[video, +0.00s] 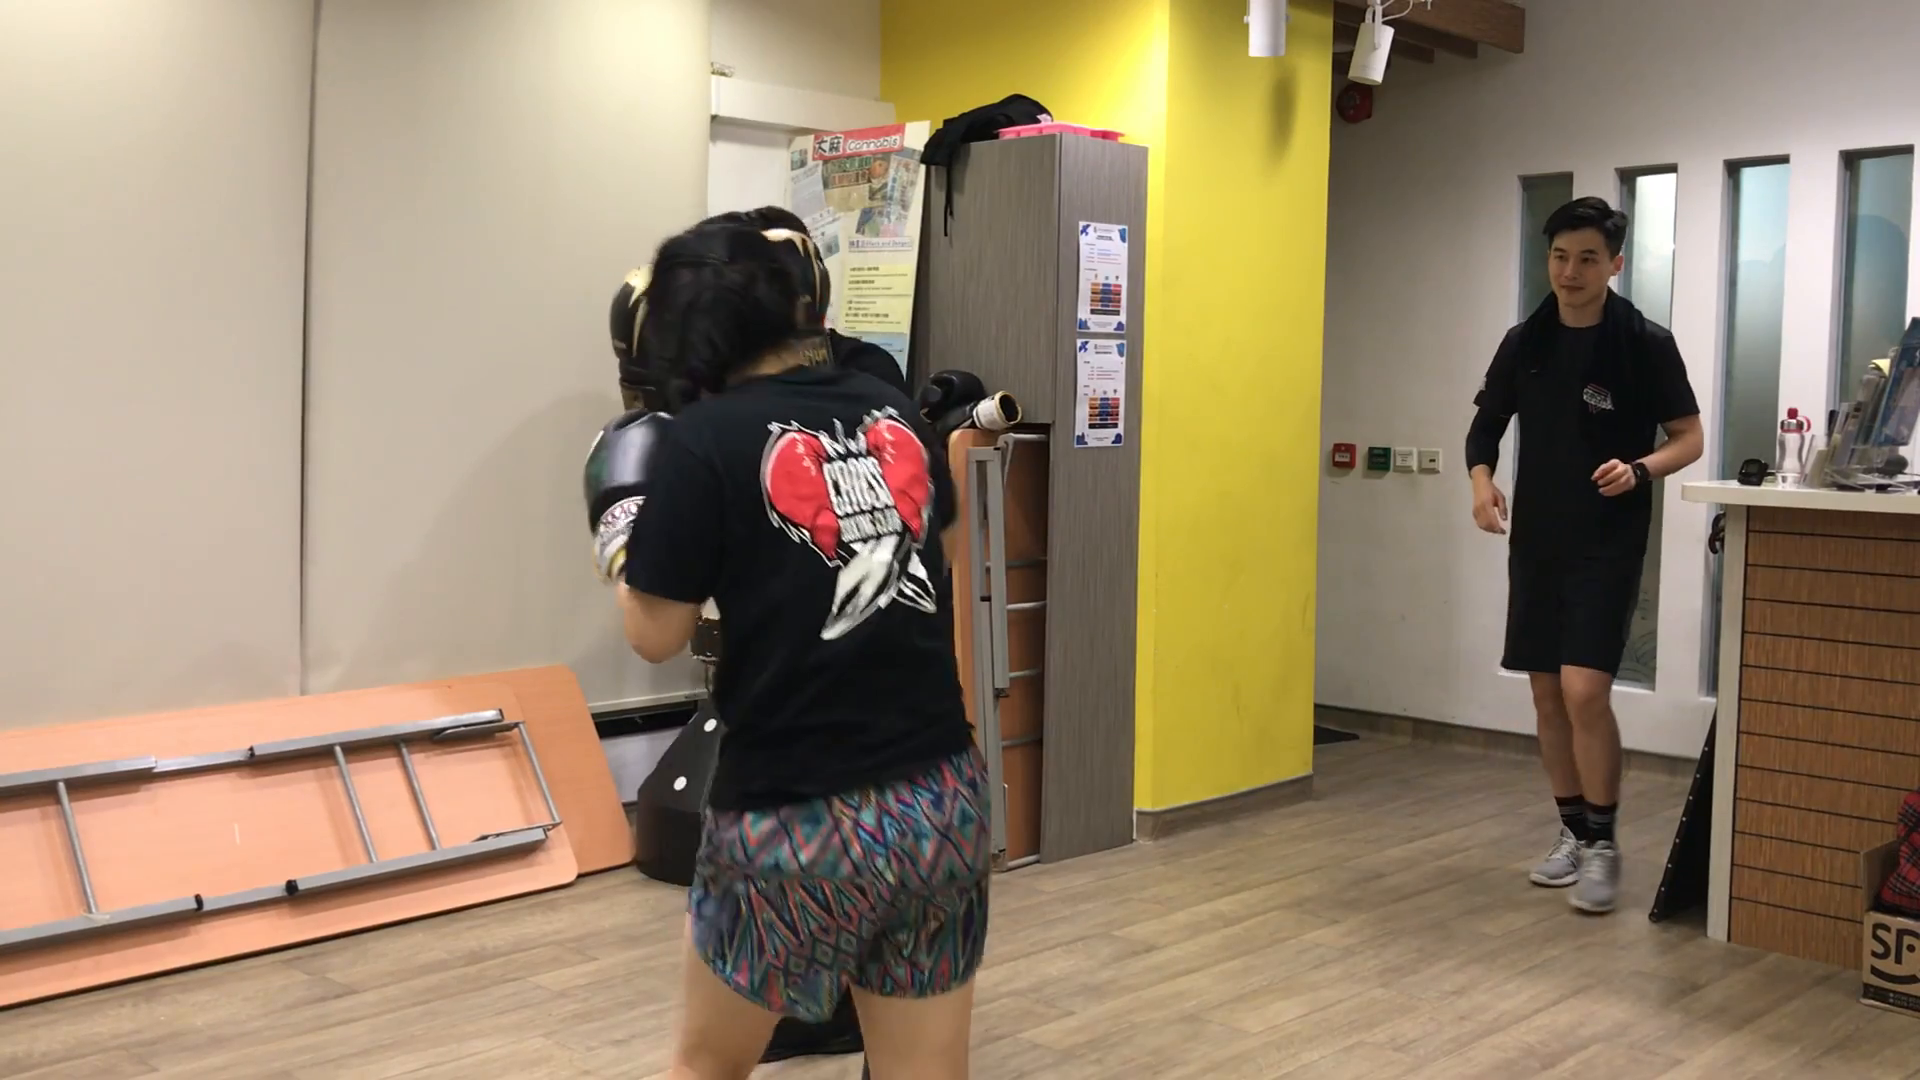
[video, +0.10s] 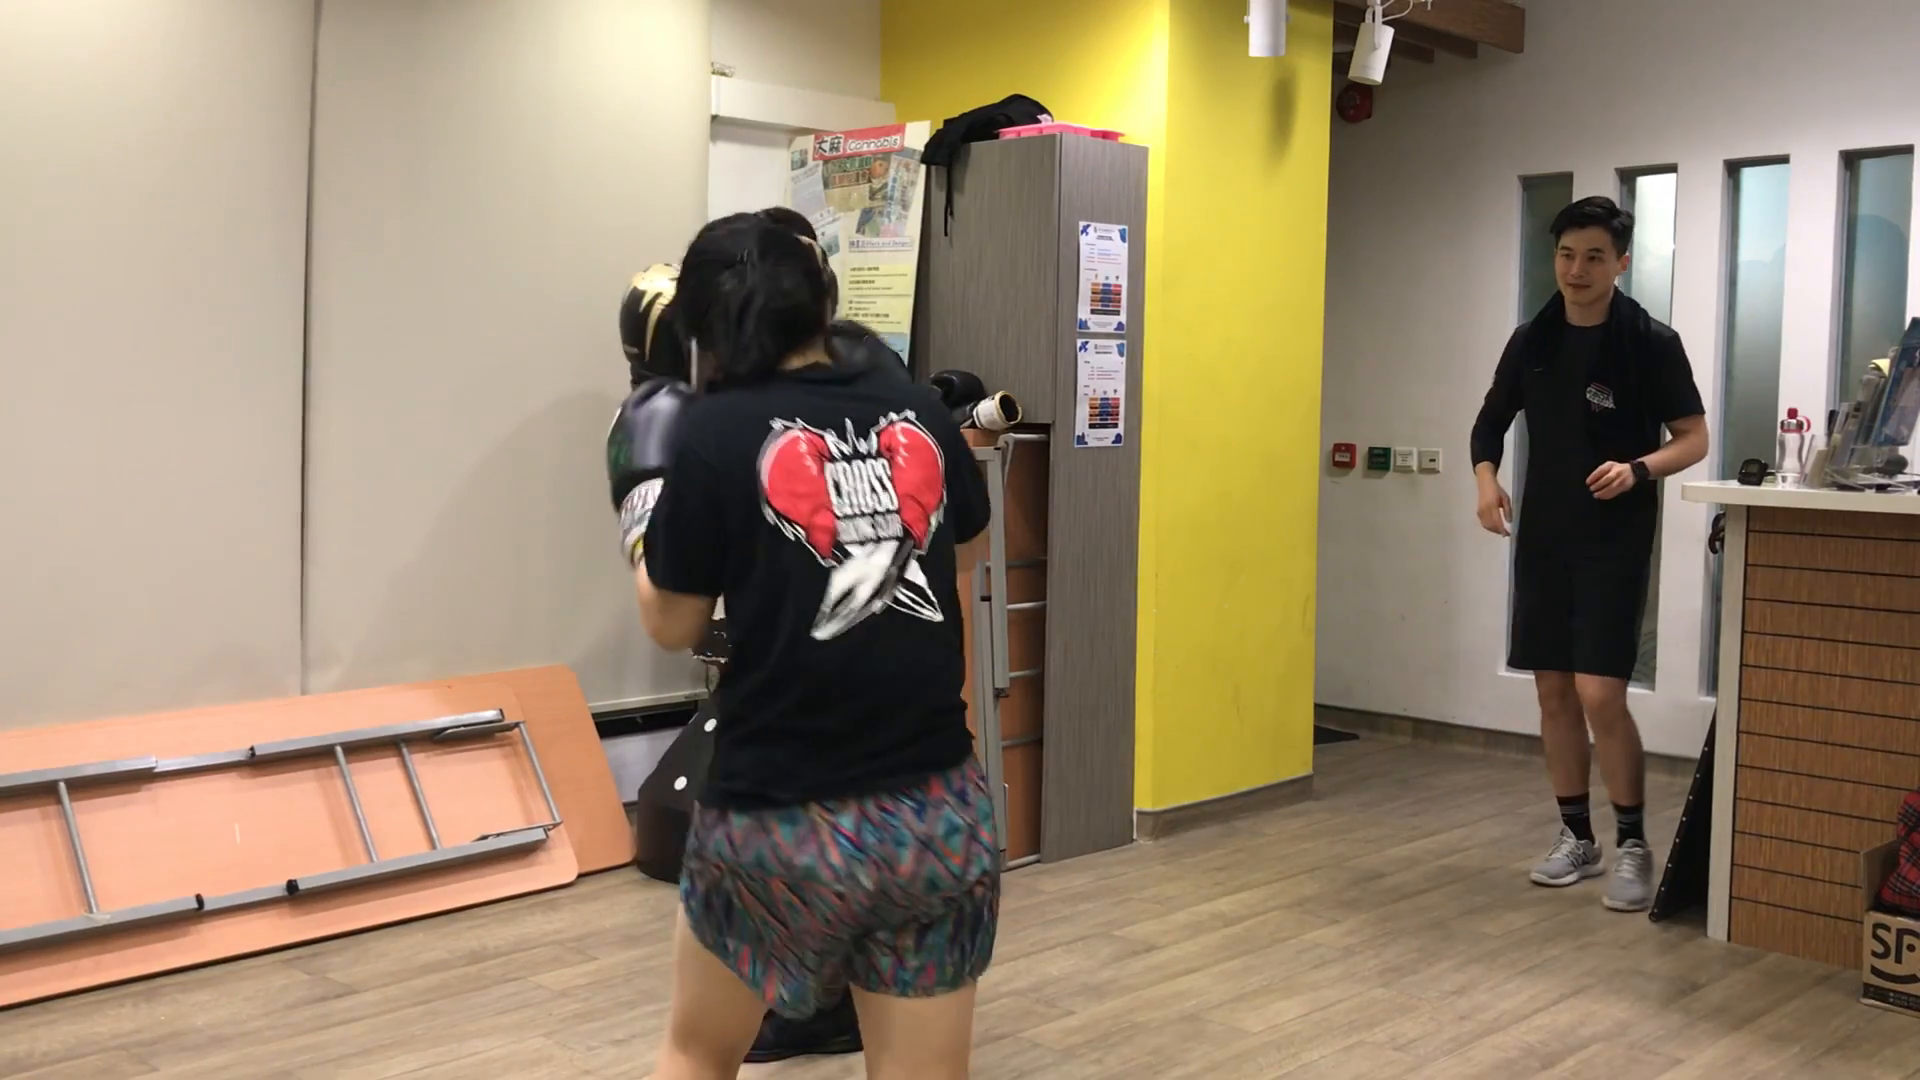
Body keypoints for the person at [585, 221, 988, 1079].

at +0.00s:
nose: (652, 344)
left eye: (660, 325)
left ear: (687, 333)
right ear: (808, 311)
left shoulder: (704, 442)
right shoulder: (891, 404)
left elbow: (655, 635)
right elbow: (943, 551)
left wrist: (624, 513)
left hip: (791, 823)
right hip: (943, 793)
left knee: (707, 1062)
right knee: (928, 1068)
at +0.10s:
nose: (690, 341)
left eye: (692, 323)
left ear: (707, 327)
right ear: (827, 306)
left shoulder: (714, 429)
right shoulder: (917, 407)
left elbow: (673, 625)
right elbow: (966, 548)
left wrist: (646, 503)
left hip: (777, 822)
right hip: (936, 805)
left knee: (699, 1054)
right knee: (924, 1068)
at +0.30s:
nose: (837, 271)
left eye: (831, 258)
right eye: (830, 257)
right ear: (816, 268)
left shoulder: (876, 342)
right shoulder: (739, 366)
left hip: (903, 630)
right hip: (808, 630)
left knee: (923, 834)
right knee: (820, 820)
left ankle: (957, 1023)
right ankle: (822, 993)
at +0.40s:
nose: (838, 292)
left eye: (832, 276)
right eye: (834, 277)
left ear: (706, 292)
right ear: (824, 288)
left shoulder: (651, 395)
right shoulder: (883, 395)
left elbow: (602, 564)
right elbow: (976, 556)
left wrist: (696, 486)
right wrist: (961, 456)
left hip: (679, 796)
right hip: (837, 792)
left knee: (695, 1068)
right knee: (888, 1066)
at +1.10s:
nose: (801, 321)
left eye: (796, 306)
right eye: (798, 304)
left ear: (698, 311)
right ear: (780, 298)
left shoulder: (626, 407)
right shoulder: (812, 389)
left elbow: (596, 576)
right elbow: (917, 496)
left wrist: (691, 525)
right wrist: (898, 408)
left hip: (645, 736)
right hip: (770, 732)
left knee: (700, 985)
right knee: (774, 1018)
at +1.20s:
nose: (814, 353)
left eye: (812, 337)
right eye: (812, 337)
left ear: (705, 344)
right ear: (794, 339)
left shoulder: (636, 442)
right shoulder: (819, 441)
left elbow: (541, 583)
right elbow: (924, 568)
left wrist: (630, 594)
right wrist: (925, 476)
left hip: (651, 776)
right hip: (767, 775)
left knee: (704, 1036)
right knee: (724, 1049)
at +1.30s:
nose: (833, 344)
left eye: (831, 326)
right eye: (828, 325)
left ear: (726, 328)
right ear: (805, 328)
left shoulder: (658, 432)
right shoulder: (812, 435)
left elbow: (555, 536)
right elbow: (859, 596)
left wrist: (569, 585)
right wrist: (924, 574)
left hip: (656, 746)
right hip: (760, 747)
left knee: (738, 988)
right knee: (698, 1024)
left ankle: (693, 1061)